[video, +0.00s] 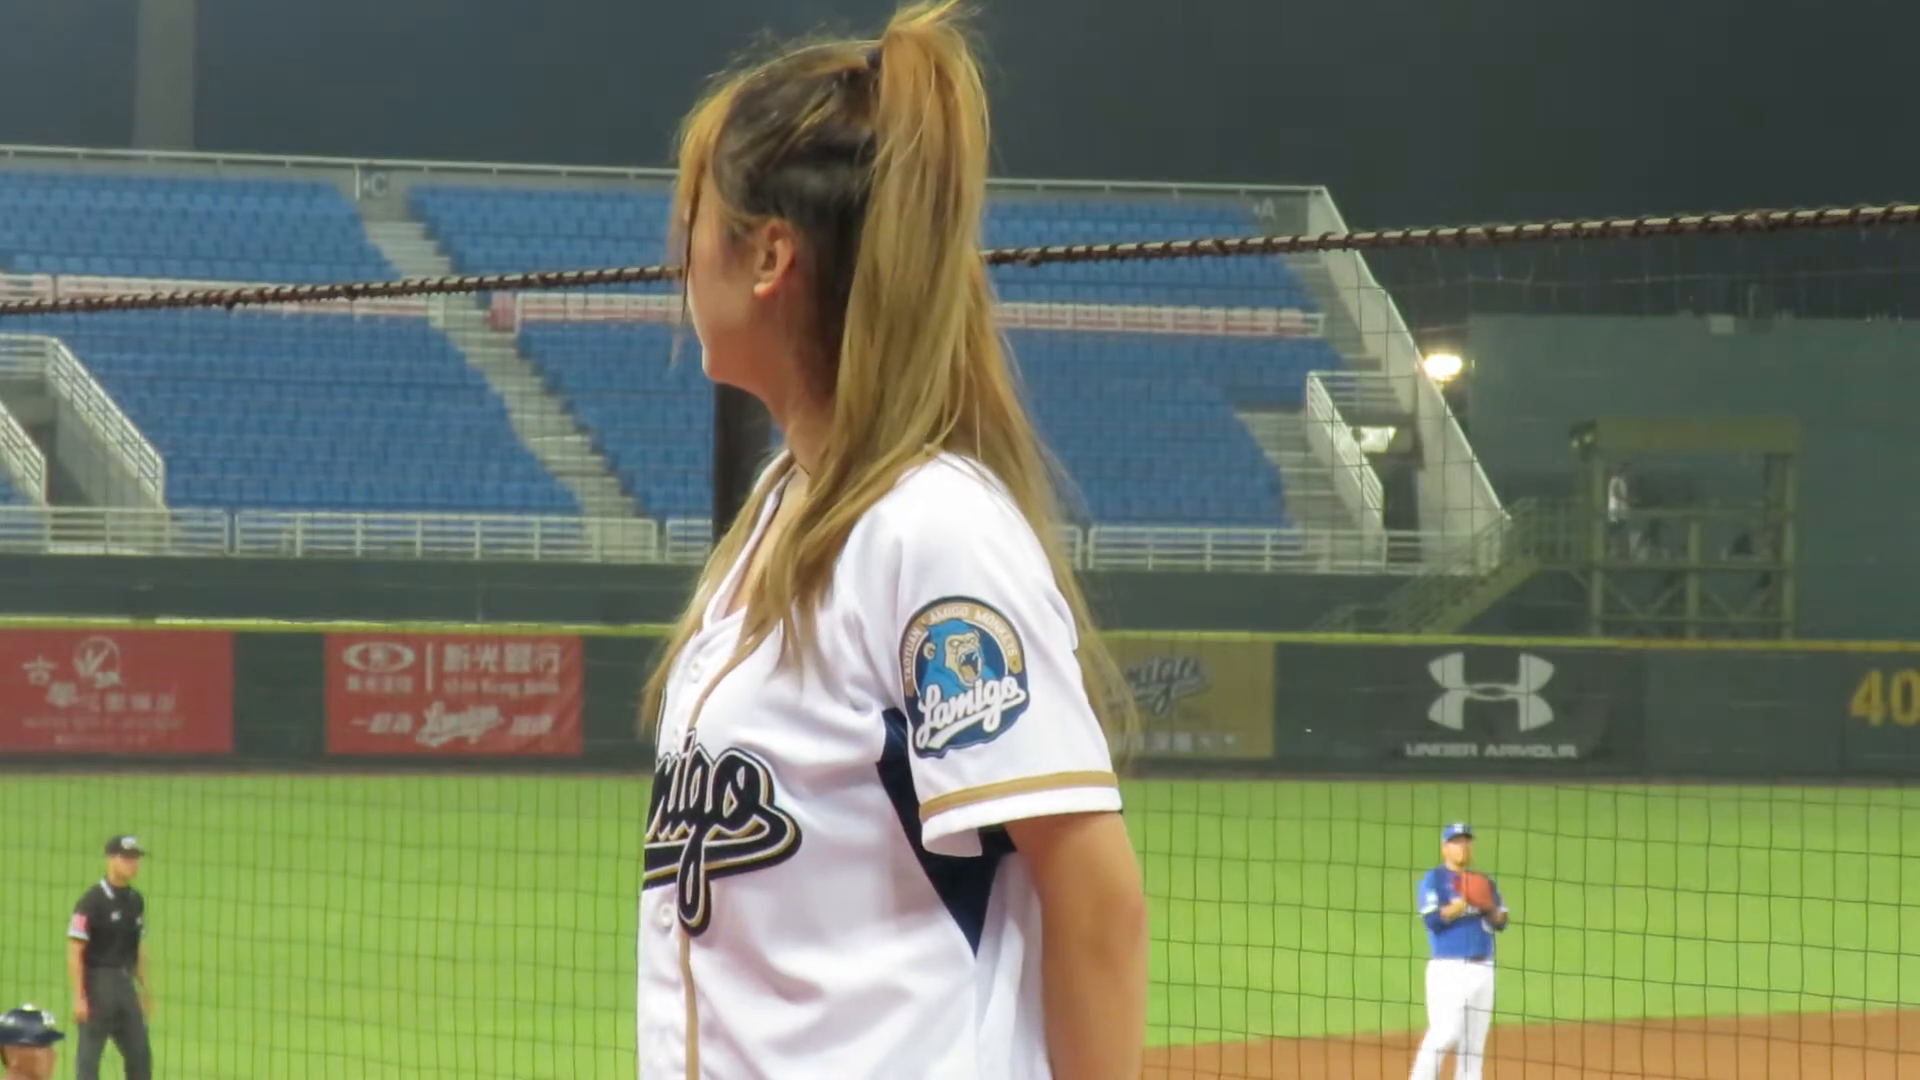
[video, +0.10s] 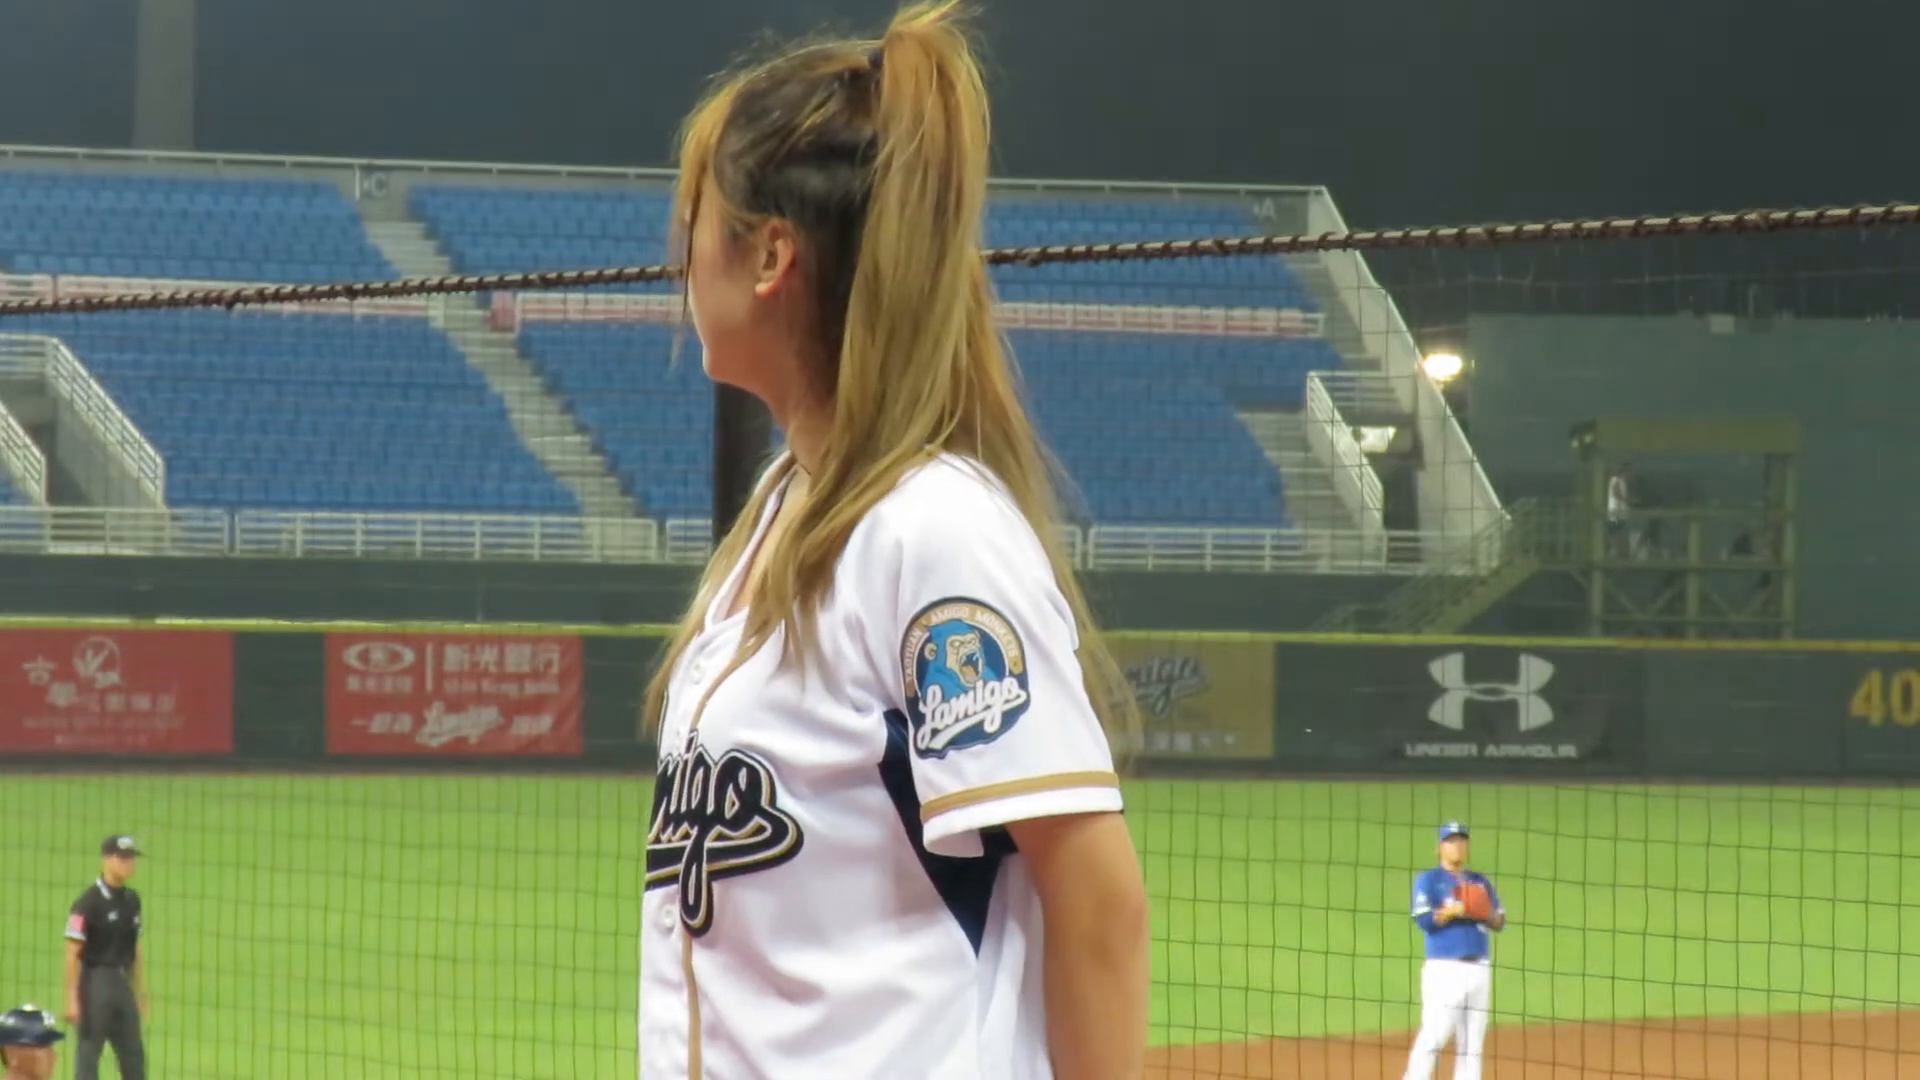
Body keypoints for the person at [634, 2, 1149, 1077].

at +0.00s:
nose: (682, 258)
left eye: (695, 224)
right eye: (689, 222)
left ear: (770, 259)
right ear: (773, 258)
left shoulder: (938, 527)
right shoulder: (780, 506)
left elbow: (1098, 897)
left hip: (883, 1055)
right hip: (718, 1051)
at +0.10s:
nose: (683, 261)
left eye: (696, 225)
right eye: (690, 224)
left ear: (772, 258)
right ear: (774, 257)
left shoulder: (938, 528)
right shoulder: (780, 508)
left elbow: (1100, 899)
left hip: (885, 1055)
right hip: (719, 1051)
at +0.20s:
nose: (684, 259)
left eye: (697, 224)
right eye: (691, 223)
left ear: (772, 259)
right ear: (775, 258)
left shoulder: (937, 529)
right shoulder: (781, 508)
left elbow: (1100, 900)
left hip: (885, 1055)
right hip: (720, 1051)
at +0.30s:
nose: (685, 260)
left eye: (698, 225)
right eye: (692, 223)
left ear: (773, 259)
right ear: (776, 258)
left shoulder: (934, 527)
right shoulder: (782, 507)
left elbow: (1098, 899)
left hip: (888, 1055)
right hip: (730, 1050)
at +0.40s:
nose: (686, 258)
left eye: (701, 222)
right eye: (695, 220)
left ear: (775, 260)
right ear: (777, 260)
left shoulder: (931, 526)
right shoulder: (782, 505)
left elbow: (1091, 893)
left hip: (886, 1056)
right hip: (733, 1049)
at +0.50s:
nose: (690, 258)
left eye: (705, 222)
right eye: (699, 220)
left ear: (779, 259)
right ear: (779, 259)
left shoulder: (931, 521)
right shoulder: (783, 499)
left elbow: (1089, 895)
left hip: (884, 1057)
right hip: (732, 1050)